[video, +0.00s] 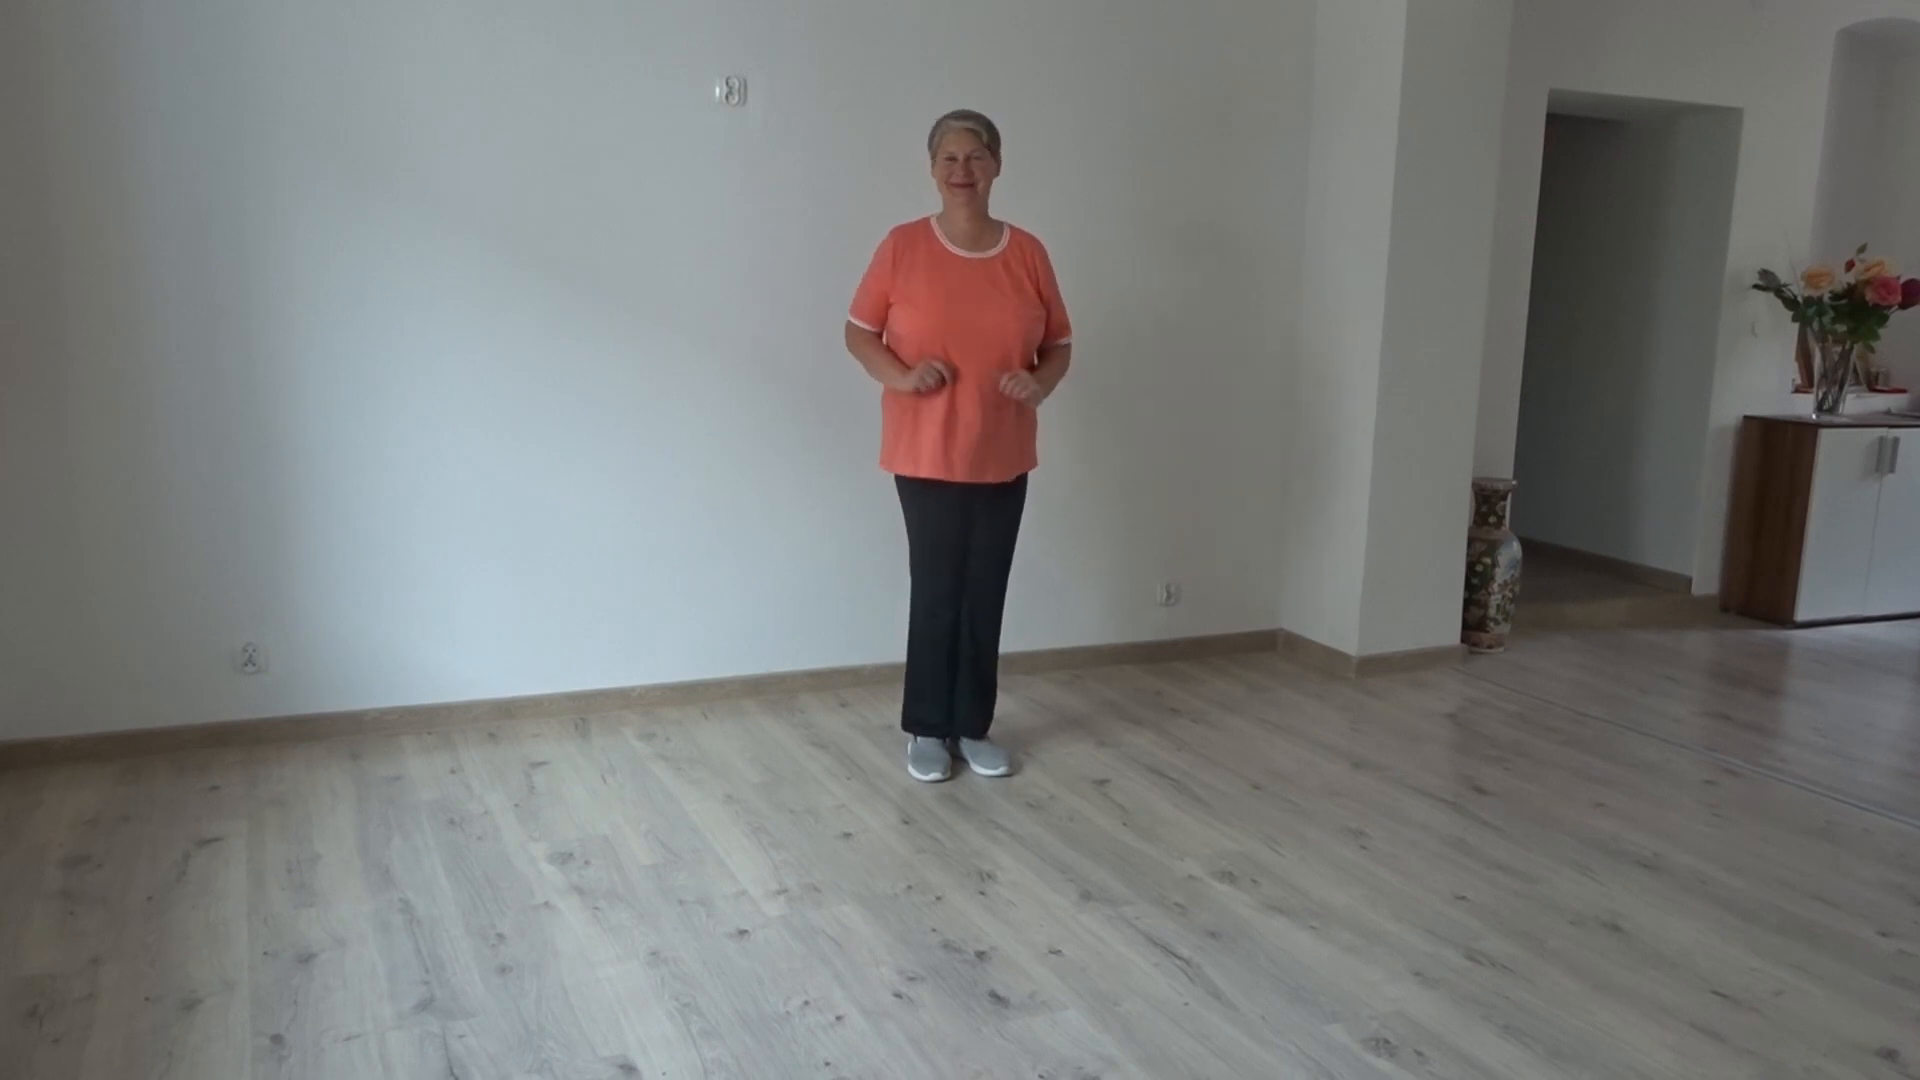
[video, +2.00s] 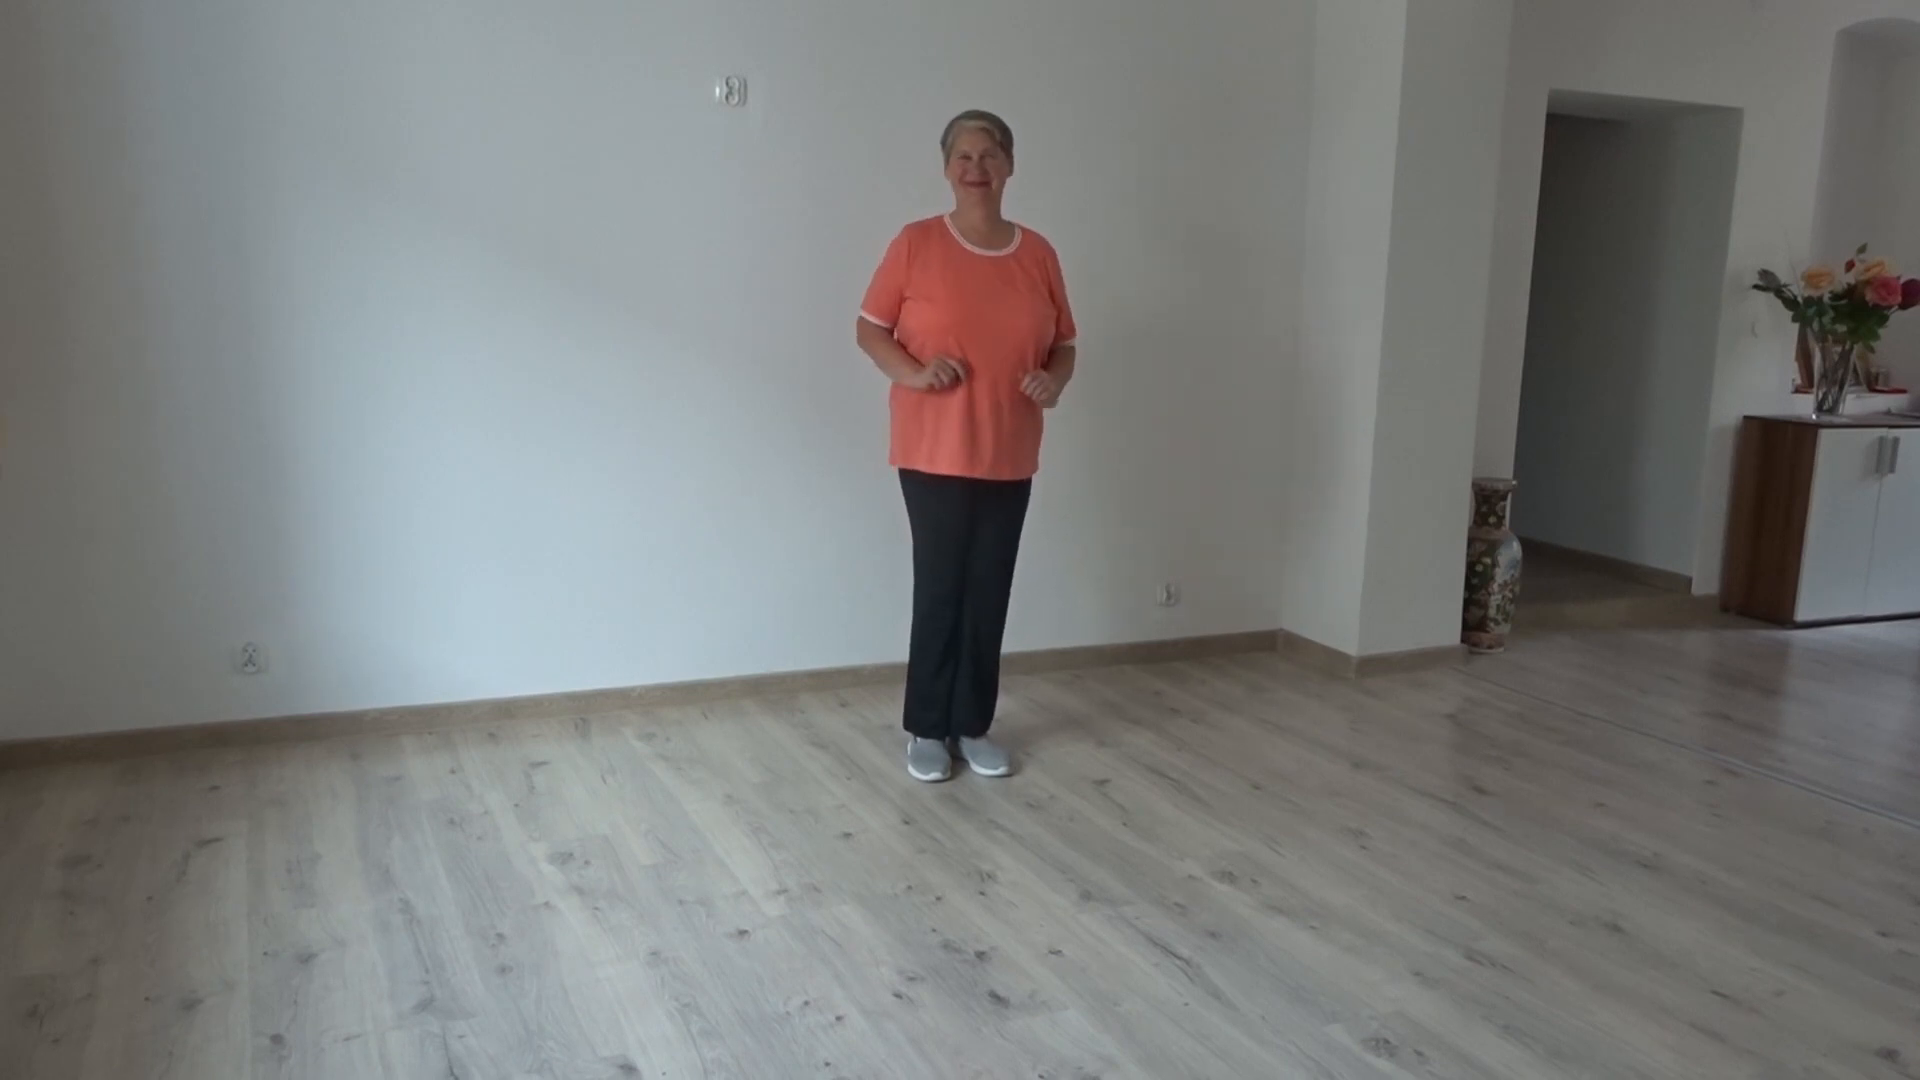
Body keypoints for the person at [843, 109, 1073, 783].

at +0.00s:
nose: (963, 167)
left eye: (976, 156)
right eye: (950, 157)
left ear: (996, 167)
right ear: (933, 169)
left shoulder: (1026, 252)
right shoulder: (903, 246)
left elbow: (1058, 342)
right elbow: (859, 332)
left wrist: (1039, 381)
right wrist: (901, 375)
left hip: (1002, 461)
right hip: (928, 460)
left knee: (984, 600)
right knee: (937, 598)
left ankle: (972, 731)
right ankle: (926, 732)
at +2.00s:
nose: (978, 164)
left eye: (991, 153)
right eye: (965, 154)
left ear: (1010, 167)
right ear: (946, 168)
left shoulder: (1037, 253)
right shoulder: (914, 245)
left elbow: (1064, 341)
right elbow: (870, 330)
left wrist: (1054, 375)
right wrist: (913, 372)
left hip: (1008, 459)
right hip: (935, 456)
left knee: (988, 598)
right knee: (941, 595)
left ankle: (971, 730)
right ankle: (926, 731)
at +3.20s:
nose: (986, 178)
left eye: (1003, 170)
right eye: (976, 166)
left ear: (1025, 186)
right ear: (959, 177)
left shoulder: (1039, 278)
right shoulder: (914, 245)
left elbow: (1081, 373)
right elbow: (840, 320)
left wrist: (1095, 326)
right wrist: (840, 270)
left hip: (991, 472)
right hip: (905, 463)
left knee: (979, 617)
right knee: (900, 627)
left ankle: (970, 734)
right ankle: (872, 789)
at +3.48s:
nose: (963, 162)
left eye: (981, 155)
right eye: (953, 149)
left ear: (1001, 175)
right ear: (932, 160)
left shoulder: (1004, 265)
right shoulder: (878, 233)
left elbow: (1021, 366)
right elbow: (806, 315)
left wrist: (1021, 273)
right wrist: (844, 233)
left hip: (959, 470)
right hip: (868, 460)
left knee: (965, 626)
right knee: (875, 632)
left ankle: (966, 733)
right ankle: (874, 802)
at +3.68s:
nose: (951, 169)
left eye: (967, 161)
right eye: (940, 155)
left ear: (983, 181)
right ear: (914, 165)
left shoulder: (1000, 268)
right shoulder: (867, 251)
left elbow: (1015, 373)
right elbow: (809, 349)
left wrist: (924, 350)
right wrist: (871, 335)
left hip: (954, 500)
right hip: (865, 494)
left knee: (930, 654)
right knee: (874, 650)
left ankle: (925, 804)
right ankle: (870, 808)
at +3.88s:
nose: (948, 169)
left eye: (961, 160)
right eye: (932, 157)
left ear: (975, 179)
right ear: (900, 173)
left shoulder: (1005, 270)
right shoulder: (864, 269)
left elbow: (1053, 377)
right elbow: (805, 362)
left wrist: (985, 427)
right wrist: (815, 409)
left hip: (978, 498)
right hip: (880, 498)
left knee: (996, 652)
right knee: (880, 660)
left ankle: (967, 784)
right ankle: (871, 817)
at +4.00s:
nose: (956, 154)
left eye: (970, 144)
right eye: (940, 143)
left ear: (986, 163)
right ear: (910, 162)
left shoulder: (1023, 255)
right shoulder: (877, 259)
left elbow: (1090, 356)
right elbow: (817, 346)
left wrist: (1062, 371)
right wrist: (820, 364)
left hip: (1005, 482)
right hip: (902, 485)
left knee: (1050, 644)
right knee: (894, 653)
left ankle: (1064, 806)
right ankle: (871, 818)